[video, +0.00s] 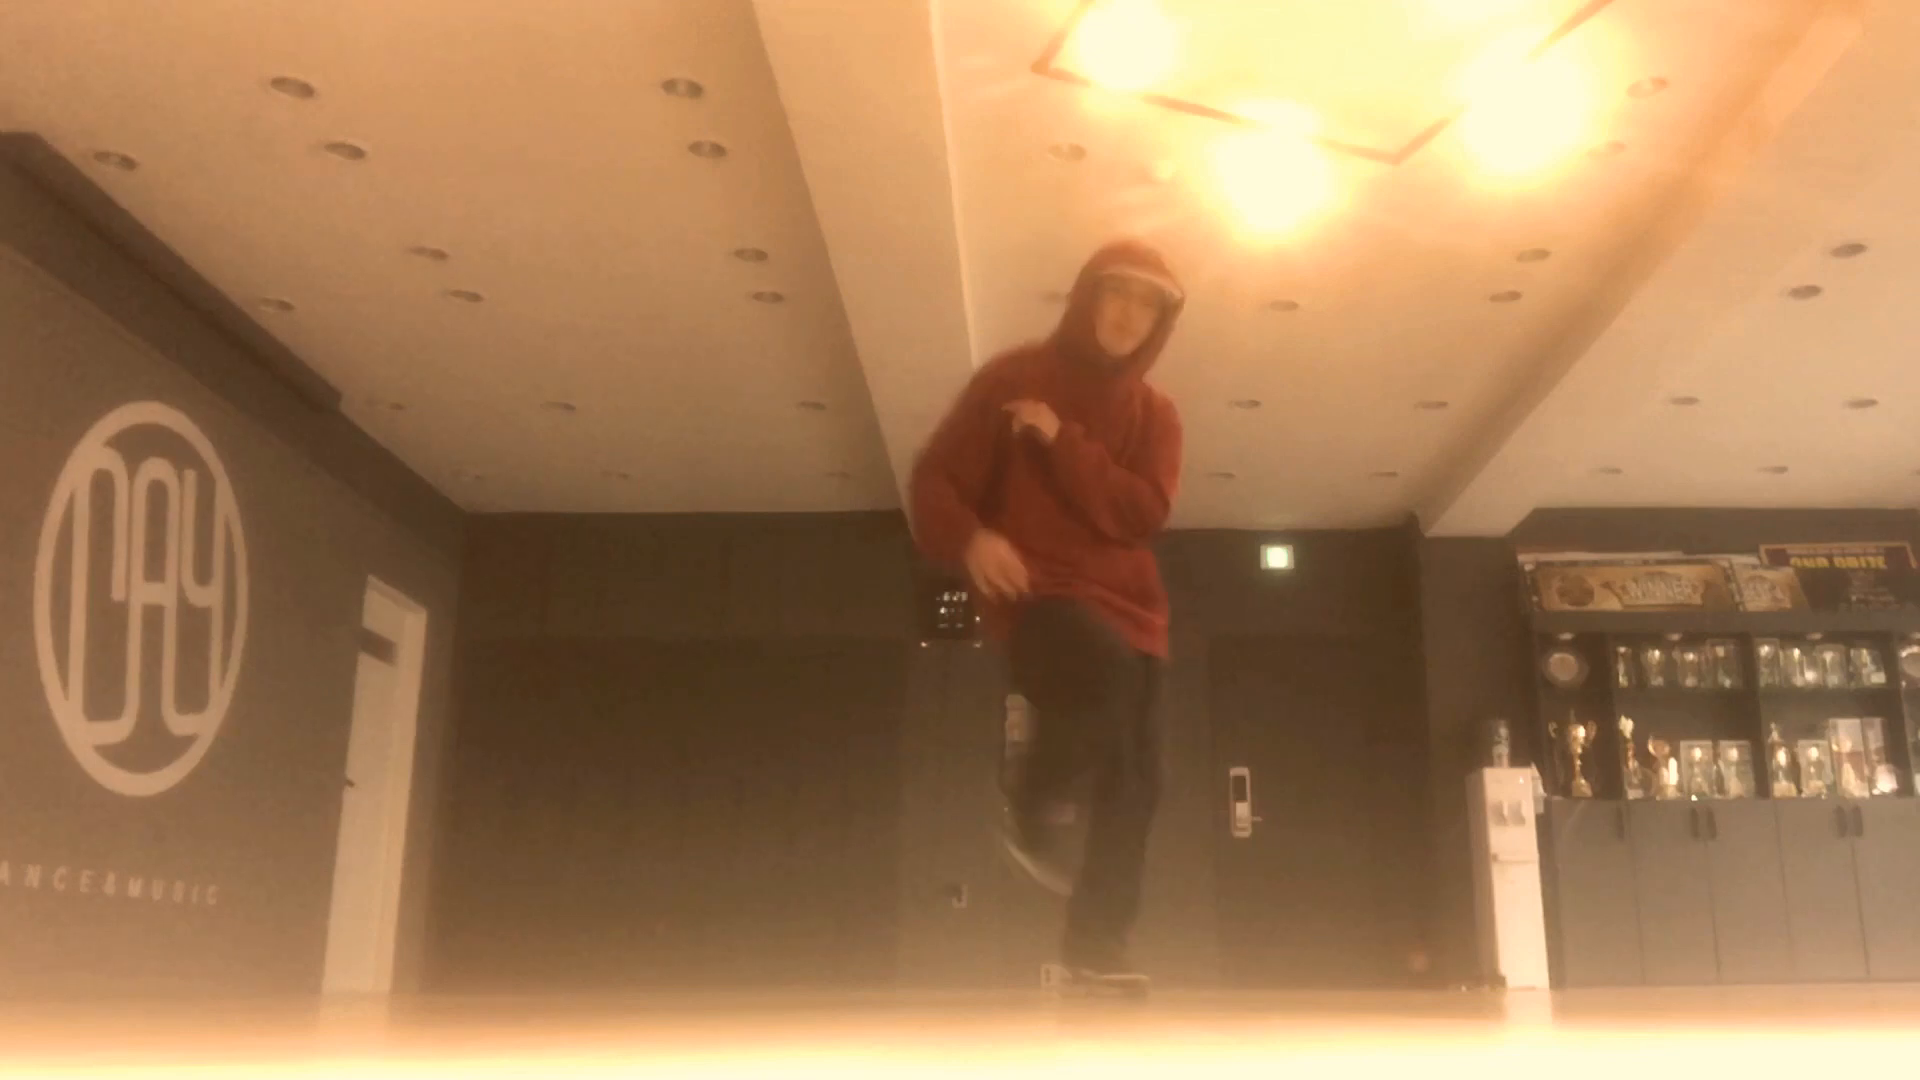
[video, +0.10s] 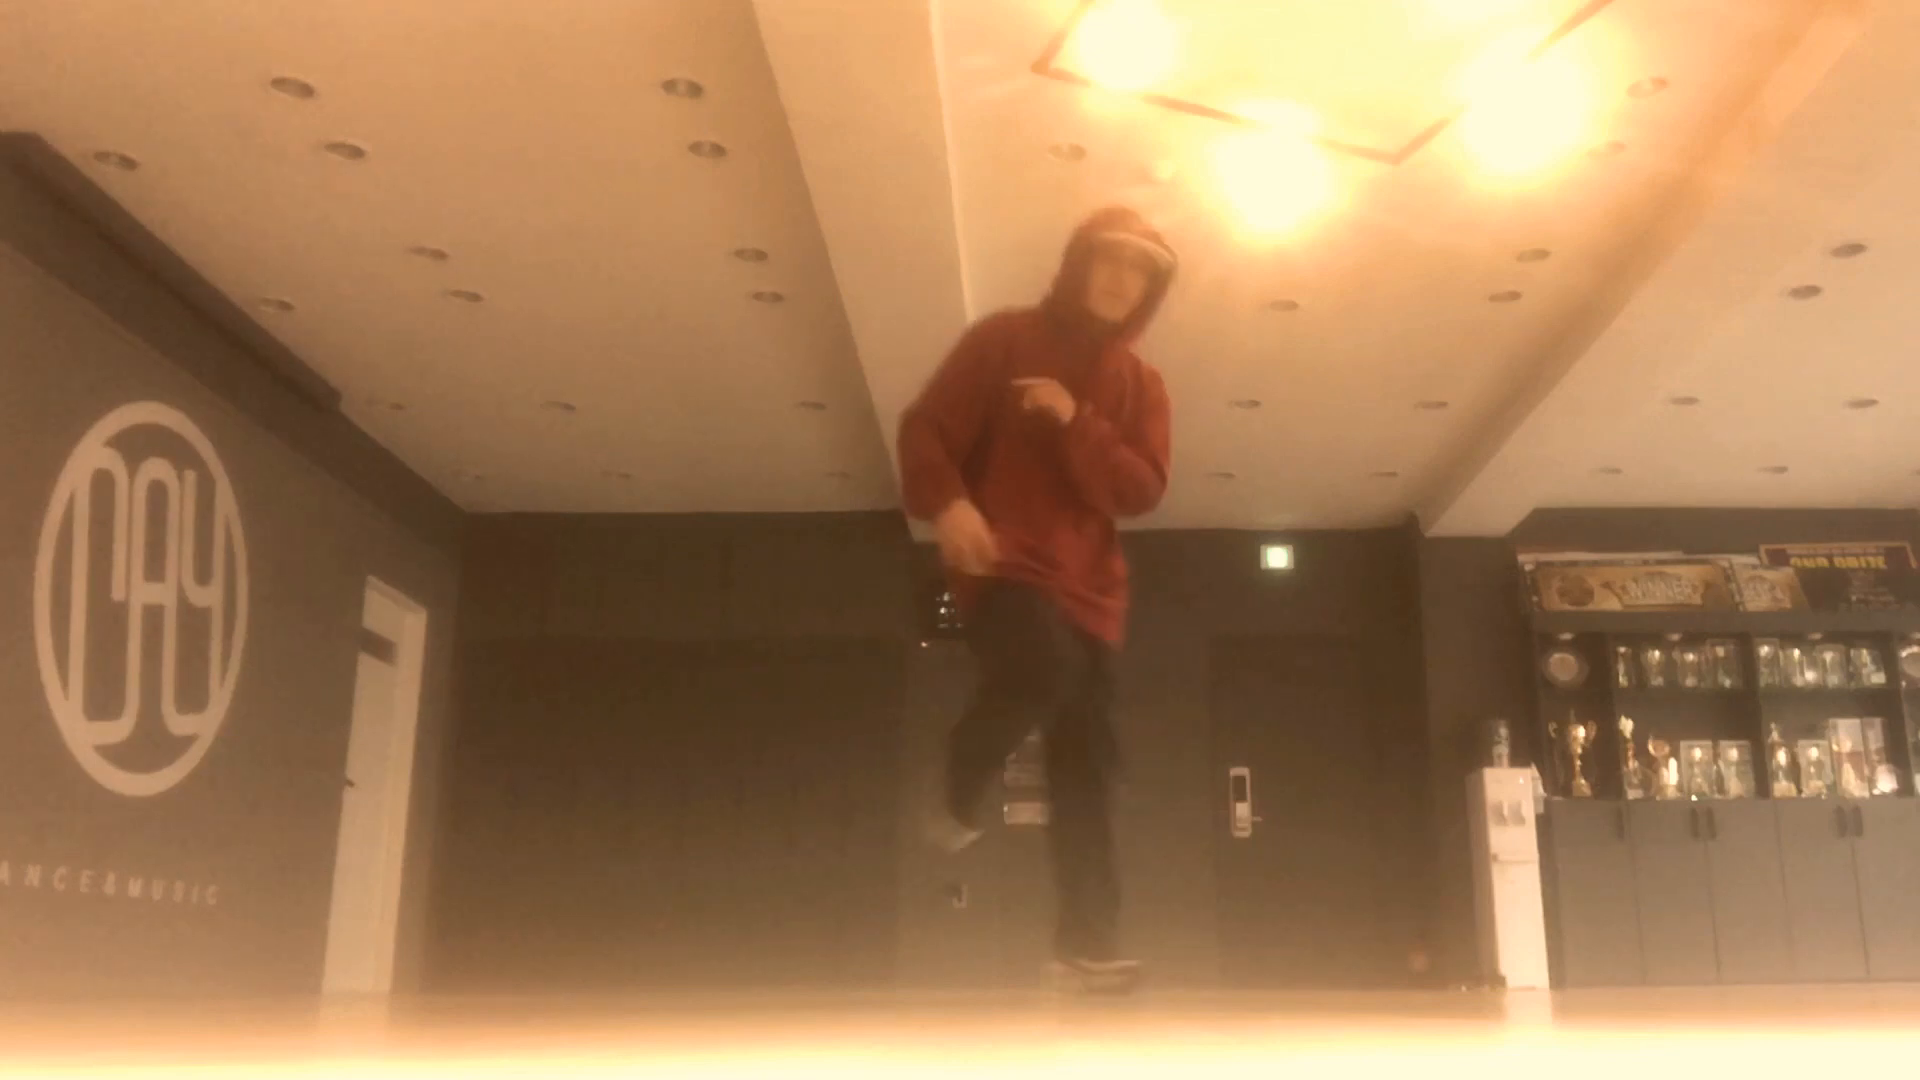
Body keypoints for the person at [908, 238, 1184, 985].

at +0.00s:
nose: (1126, 313)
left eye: (1145, 304)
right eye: (1116, 293)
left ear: (1159, 323)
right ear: (1086, 297)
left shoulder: (1153, 412)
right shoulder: (1013, 376)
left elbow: (1145, 512)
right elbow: (932, 477)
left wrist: (1059, 439)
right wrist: (969, 540)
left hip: (1127, 609)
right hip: (1037, 591)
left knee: (1131, 773)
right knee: (1102, 665)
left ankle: (1097, 946)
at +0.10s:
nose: (1119, 281)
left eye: (1137, 273)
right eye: (1108, 262)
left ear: (1150, 293)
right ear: (1077, 266)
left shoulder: (1140, 385)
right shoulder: (1002, 339)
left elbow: (1141, 490)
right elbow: (924, 428)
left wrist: (1073, 420)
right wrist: (948, 507)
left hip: (1087, 584)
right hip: (1001, 563)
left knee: (1088, 755)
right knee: (1039, 666)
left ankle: (1086, 939)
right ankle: (966, 781)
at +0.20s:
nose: (1097, 283)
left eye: (1114, 275)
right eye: (1086, 265)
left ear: (1130, 292)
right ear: (1056, 269)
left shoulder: (1123, 384)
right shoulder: (992, 345)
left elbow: (1149, 482)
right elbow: (912, 423)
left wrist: (1105, 438)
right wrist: (913, 499)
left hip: (1062, 593)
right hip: (971, 573)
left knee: (1046, 770)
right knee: (954, 741)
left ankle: (1028, 934)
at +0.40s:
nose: (1041, 310)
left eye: (1059, 300)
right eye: (1028, 293)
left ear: (1078, 318)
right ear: (1001, 301)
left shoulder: (1084, 421)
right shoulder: (939, 389)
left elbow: (1115, 502)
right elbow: (864, 480)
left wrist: (1113, 559)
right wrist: (855, 578)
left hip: (1015, 634)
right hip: (912, 616)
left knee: (998, 796)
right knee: (885, 771)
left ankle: (991, 944)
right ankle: (839, 939)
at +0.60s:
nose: (952, 282)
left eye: (970, 268)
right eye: (935, 264)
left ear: (991, 286)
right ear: (907, 278)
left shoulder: (1023, 396)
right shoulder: (858, 384)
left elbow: (1055, 532)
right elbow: (810, 507)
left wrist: (1040, 655)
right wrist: (839, 609)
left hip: (978, 614)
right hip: (871, 608)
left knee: (993, 756)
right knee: (860, 786)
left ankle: (1007, 866)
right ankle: (858, 956)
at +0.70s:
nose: (944, 251)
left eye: (964, 237)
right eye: (927, 232)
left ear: (986, 257)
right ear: (898, 246)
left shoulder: (1018, 375)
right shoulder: (843, 358)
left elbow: (1042, 510)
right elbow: (790, 487)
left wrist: (1003, 594)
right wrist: (855, 570)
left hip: (970, 580)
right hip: (861, 576)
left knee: (982, 661)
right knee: (858, 756)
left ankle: (969, 893)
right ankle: (865, 945)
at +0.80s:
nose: (946, 237)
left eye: (967, 224)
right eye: (929, 217)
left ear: (988, 247)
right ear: (898, 230)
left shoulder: (1007, 368)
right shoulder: (842, 328)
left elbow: (1044, 496)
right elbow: (803, 457)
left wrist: (1020, 605)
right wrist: (902, 519)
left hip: (967, 592)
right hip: (849, 587)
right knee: (860, 751)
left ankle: (921, 917)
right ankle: (864, 938)